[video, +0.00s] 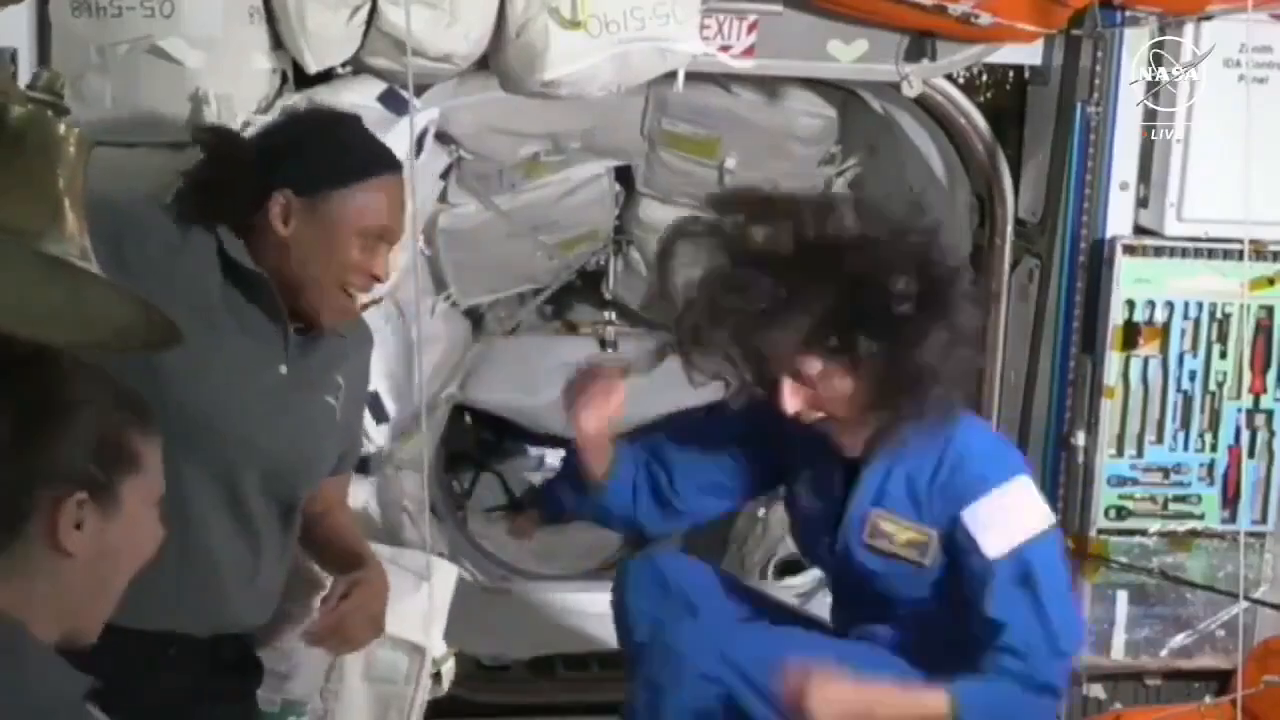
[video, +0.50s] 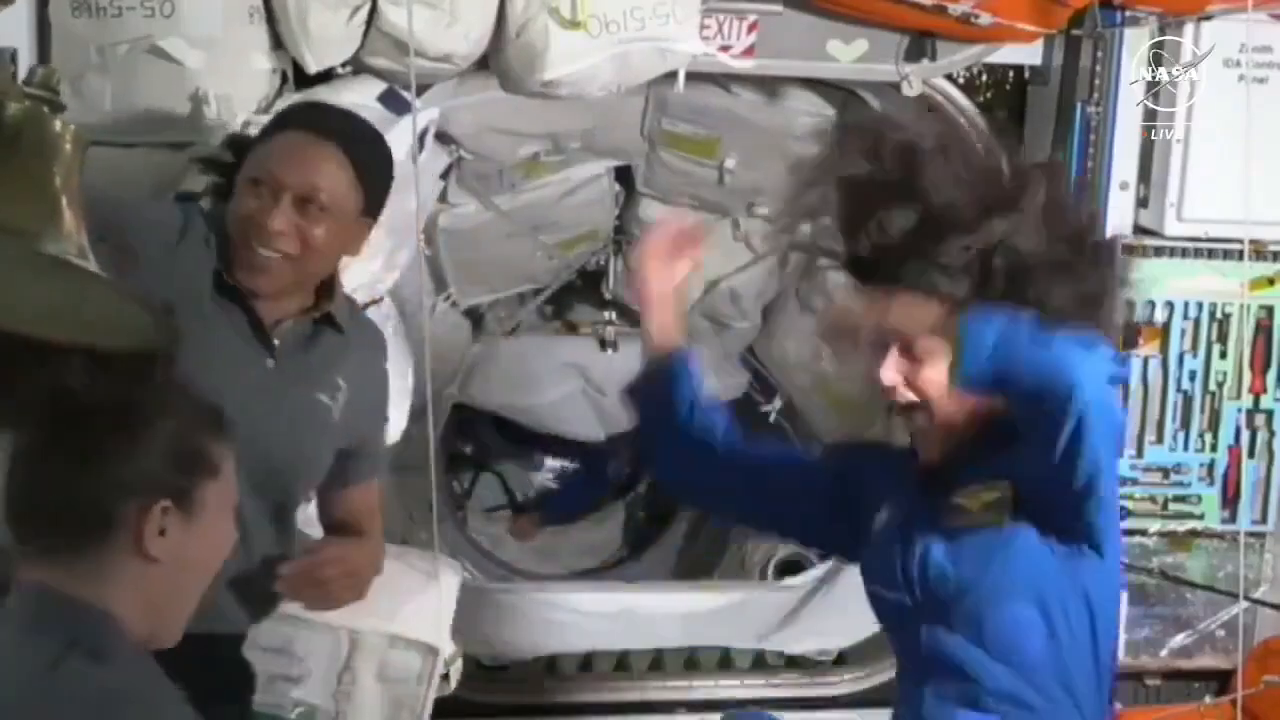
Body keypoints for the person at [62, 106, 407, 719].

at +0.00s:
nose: (383, 272)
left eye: (392, 247)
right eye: (371, 241)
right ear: (285, 214)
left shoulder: (345, 344)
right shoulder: (133, 254)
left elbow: (323, 504)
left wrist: (364, 569)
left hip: (222, 668)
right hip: (84, 648)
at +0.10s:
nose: (367, 263)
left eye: (380, 240)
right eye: (349, 231)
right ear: (262, 205)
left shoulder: (346, 342)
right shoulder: (139, 248)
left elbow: (326, 500)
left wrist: (365, 559)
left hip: (223, 664)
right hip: (86, 645)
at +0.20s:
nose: (322, 247)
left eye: (351, 229)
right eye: (304, 211)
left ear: (370, 239)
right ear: (246, 192)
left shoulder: (349, 345)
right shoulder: (145, 250)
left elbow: (332, 503)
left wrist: (363, 554)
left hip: (222, 654)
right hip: (85, 634)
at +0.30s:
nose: (281, 226)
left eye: (319, 212)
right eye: (266, 192)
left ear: (361, 239)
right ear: (237, 186)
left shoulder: (353, 347)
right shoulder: (142, 246)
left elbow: (344, 521)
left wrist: (354, 566)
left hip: (218, 645)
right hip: (77, 616)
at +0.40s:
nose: (272, 222)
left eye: (310, 208)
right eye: (260, 190)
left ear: (357, 238)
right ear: (235, 186)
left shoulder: (356, 354)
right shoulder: (151, 244)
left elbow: (353, 524)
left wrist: (357, 564)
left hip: (214, 641)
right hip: (69, 606)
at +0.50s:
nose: (271, 221)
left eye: (310, 207)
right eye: (260, 188)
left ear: (357, 237)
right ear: (234, 186)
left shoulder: (357, 354)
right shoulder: (162, 244)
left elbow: (358, 524)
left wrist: (357, 561)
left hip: (212, 639)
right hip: (72, 599)